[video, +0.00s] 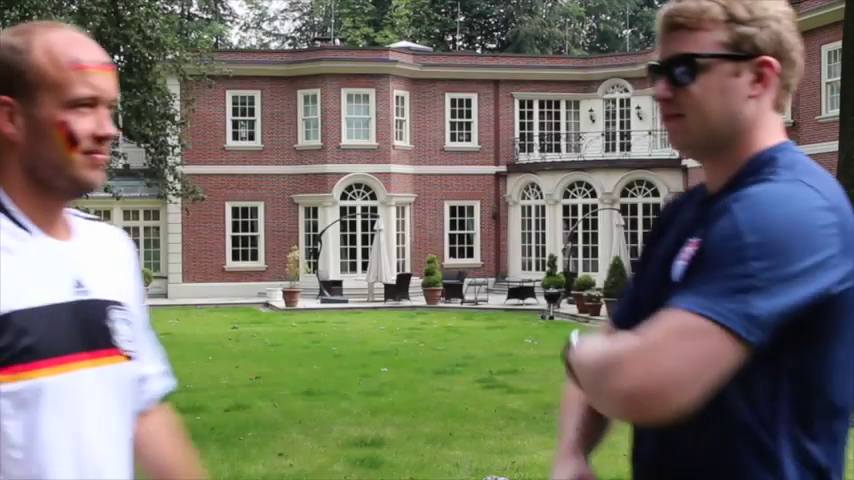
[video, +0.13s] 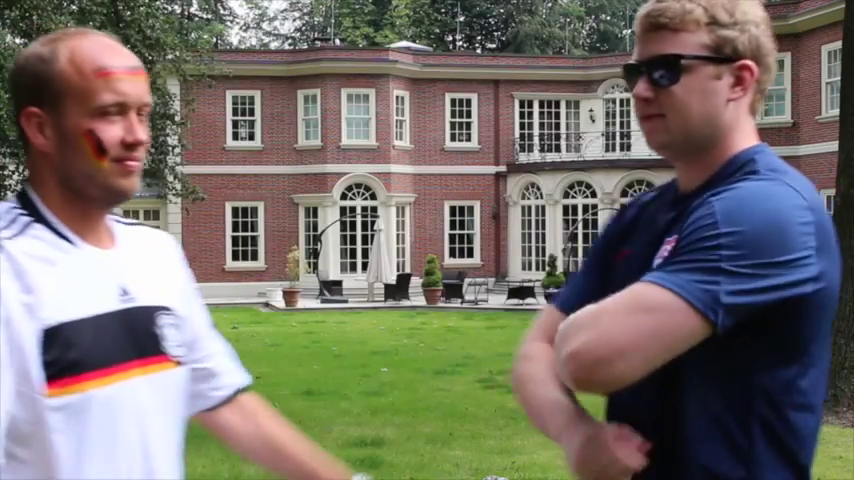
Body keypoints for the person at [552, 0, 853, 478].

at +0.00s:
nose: (661, 90)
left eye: (683, 70)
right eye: (657, 74)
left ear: (760, 79)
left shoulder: (790, 208)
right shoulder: (683, 214)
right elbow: (609, 345)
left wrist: (580, 349)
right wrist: (570, 453)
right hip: (662, 468)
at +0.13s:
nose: (640, 91)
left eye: (664, 71)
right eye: (635, 75)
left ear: (740, 81)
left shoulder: (768, 210)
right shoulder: (638, 217)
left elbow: (587, 363)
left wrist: (575, 317)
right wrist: (577, 436)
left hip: (740, 467)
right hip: (636, 468)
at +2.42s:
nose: (640, 99)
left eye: (661, 79)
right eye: (615, 82)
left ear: (695, 93)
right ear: (588, 97)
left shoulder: (751, 219)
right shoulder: (530, 227)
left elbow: (747, 387)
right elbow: (481, 391)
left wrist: (558, 360)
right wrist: (672, 410)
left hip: (714, 473)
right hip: (566, 473)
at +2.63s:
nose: (640, 97)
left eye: (663, 78)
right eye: (617, 79)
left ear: (695, 93)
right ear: (589, 96)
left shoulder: (750, 219)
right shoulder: (530, 227)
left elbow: (746, 388)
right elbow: (481, 391)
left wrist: (558, 360)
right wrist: (672, 410)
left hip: (713, 473)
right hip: (565, 473)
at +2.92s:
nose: (639, 94)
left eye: (662, 76)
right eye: (616, 78)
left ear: (695, 92)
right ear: (589, 96)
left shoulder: (750, 219)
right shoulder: (529, 227)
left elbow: (746, 387)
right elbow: (480, 390)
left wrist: (558, 360)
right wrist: (672, 410)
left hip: (713, 473)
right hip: (564, 473)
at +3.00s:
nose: (639, 94)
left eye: (661, 76)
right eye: (615, 77)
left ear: (694, 92)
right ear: (589, 96)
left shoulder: (750, 219)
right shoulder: (529, 227)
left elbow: (746, 387)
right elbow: (479, 390)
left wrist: (557, 360)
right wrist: (672, 410)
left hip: (713, 473)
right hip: (564, 473)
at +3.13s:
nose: (638, 99)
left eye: (660, 79)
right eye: (615, 81)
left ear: (694, 93)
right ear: (589, 96)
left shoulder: (750, 219)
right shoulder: (530, 227)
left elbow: (746, 387)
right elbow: (480, 390)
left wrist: (558, 360)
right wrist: (672, 409)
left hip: (713, 472)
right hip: (564, 472)